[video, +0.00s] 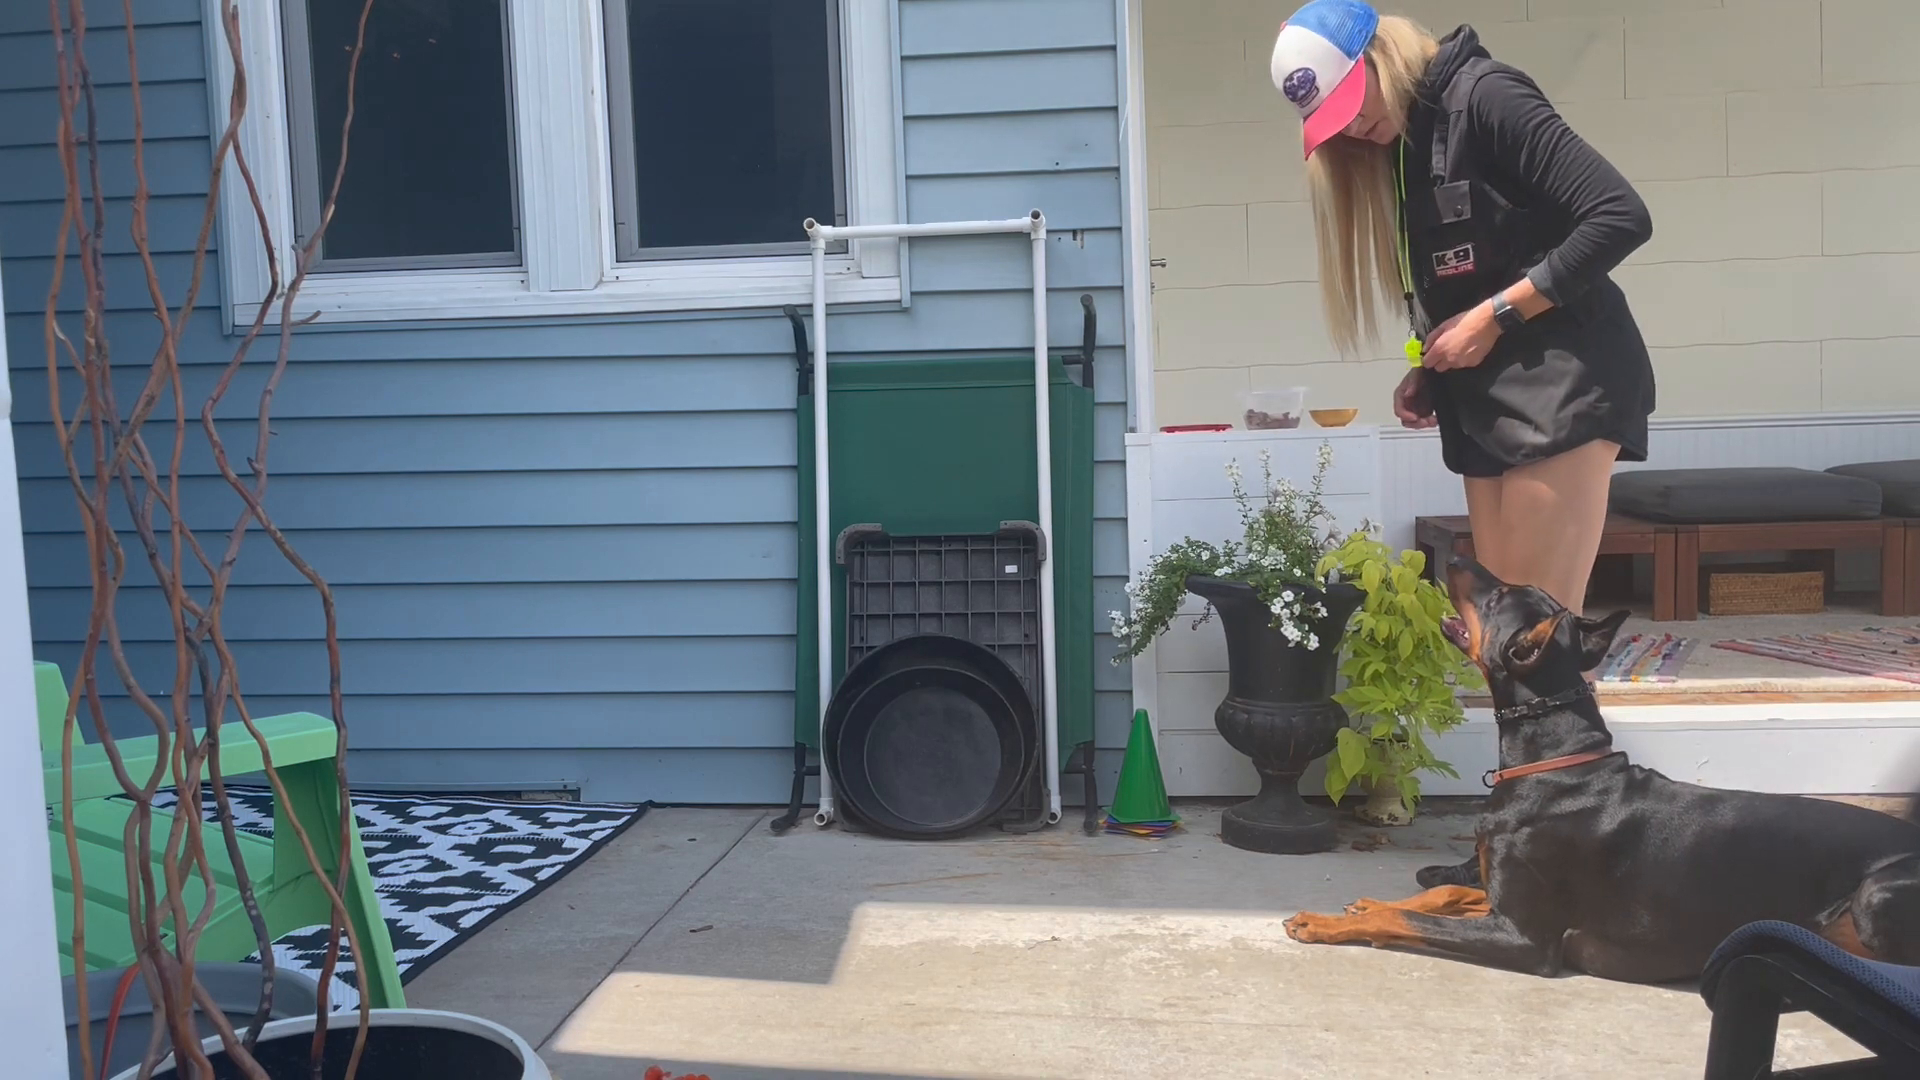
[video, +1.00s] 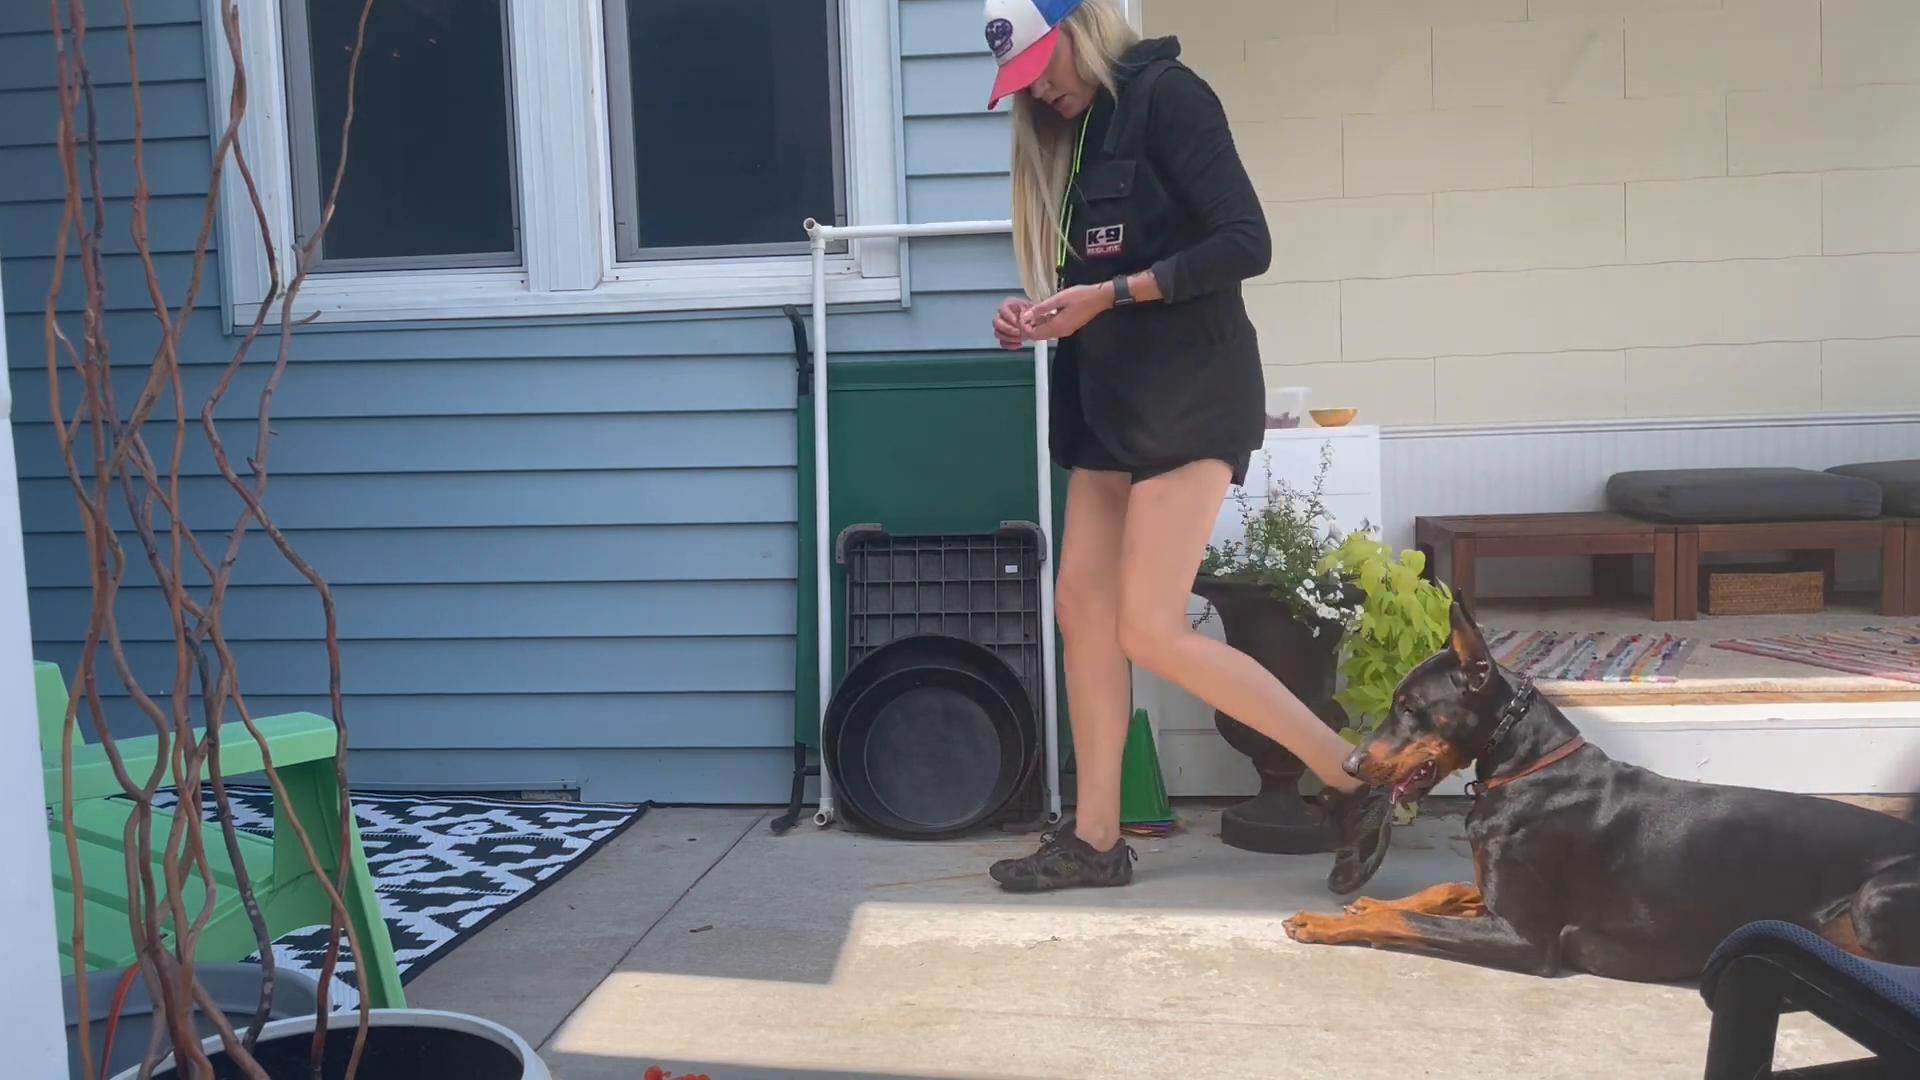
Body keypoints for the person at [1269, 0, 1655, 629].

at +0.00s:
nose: (1353, 128)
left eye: (1354, 105)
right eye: (1336, 122)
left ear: (1381, 57)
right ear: (1318, 117)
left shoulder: (1484, 97)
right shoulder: (1410, 134)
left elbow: (1619, 215)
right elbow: (1450, 271)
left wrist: (1497, 312)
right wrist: (1430, 366)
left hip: (1560, 381)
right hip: (1485, 390)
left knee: (1541, 639)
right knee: (1506, 635)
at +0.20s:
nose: (1338, 132)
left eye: (1336, 108)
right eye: (1318, 125)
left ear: (1364, 60)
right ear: (1303, 119)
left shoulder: (1467, 100)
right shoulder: (1393, 139)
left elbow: (1600, 218)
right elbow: (1428, 274)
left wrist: (1477, 318)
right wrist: (1407, 363)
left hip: (1545, 385)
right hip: (1469, 394)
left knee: (1530, 634)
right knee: (1489, 631)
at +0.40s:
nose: (1313, 136)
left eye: (1310, 115)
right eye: (1297, 130)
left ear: (1336, 61)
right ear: (1295, 100)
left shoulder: (1444, 100)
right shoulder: (1361, 143)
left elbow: (1569, 223)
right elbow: (1400, 279)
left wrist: (1446, 318)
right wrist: (1361, 361)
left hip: (1517, 397)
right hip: (1430, 410)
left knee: (1507, 626)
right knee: (1409, 611)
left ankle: (1551, 840)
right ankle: (1511, 820)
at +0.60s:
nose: (1250, 124)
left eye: (1246, 102)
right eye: (1236, 114)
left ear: (1280, 55)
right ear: (1253, 78)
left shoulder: (1387, 99)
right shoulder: (1317, 136)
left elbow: (1491, 231)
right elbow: (1365, 282)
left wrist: (1369, 320)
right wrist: (1296, 350)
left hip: (1452, 389)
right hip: (1364, 398)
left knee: (1475, 635)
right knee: (1285, 594)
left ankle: (1546, 836)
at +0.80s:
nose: (1152, 116)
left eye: (1155, 94)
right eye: (1139, 105)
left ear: (1196, 51)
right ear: (1145, 89)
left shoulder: (1285, 103)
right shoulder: (1216, 141)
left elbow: (1367, 250)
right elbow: (1257, 280)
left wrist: (1232, 316)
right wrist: (1187, 332)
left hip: (1335, 396)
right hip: (1246, 404)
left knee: (1385, 645)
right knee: (1174, 607)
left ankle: (1549, 796)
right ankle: (1116, 835)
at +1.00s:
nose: (1042, 97)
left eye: (1043, 73)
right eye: (1028, 86)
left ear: (1081, 30)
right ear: (1033, 67)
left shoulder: (1170, 94)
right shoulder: (1084, 132)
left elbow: (1245, 242)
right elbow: (1110, 266)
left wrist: (1110, 293)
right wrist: (1047, 306)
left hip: (1193, 393)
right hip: (1109, 397)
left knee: (1151, 627)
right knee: (1084, 606)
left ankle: (1353, 779)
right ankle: (1097, 840)